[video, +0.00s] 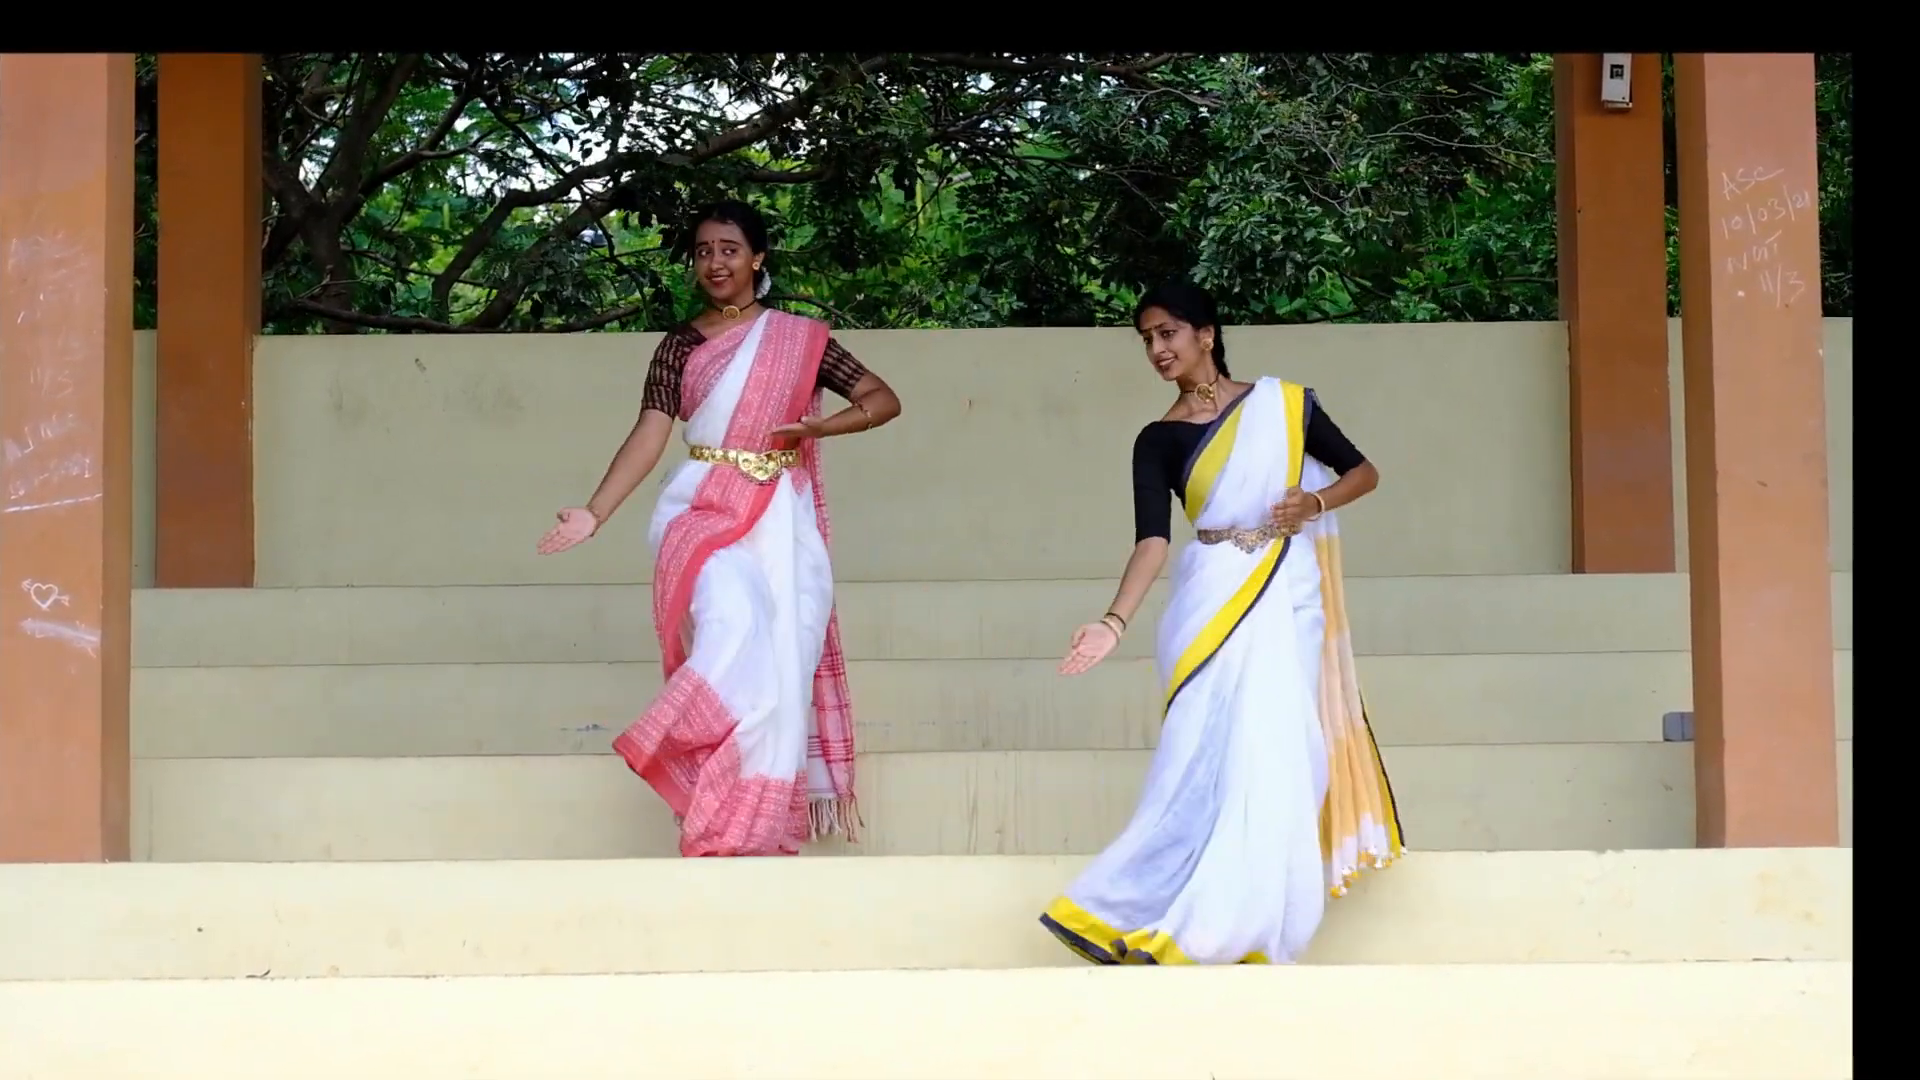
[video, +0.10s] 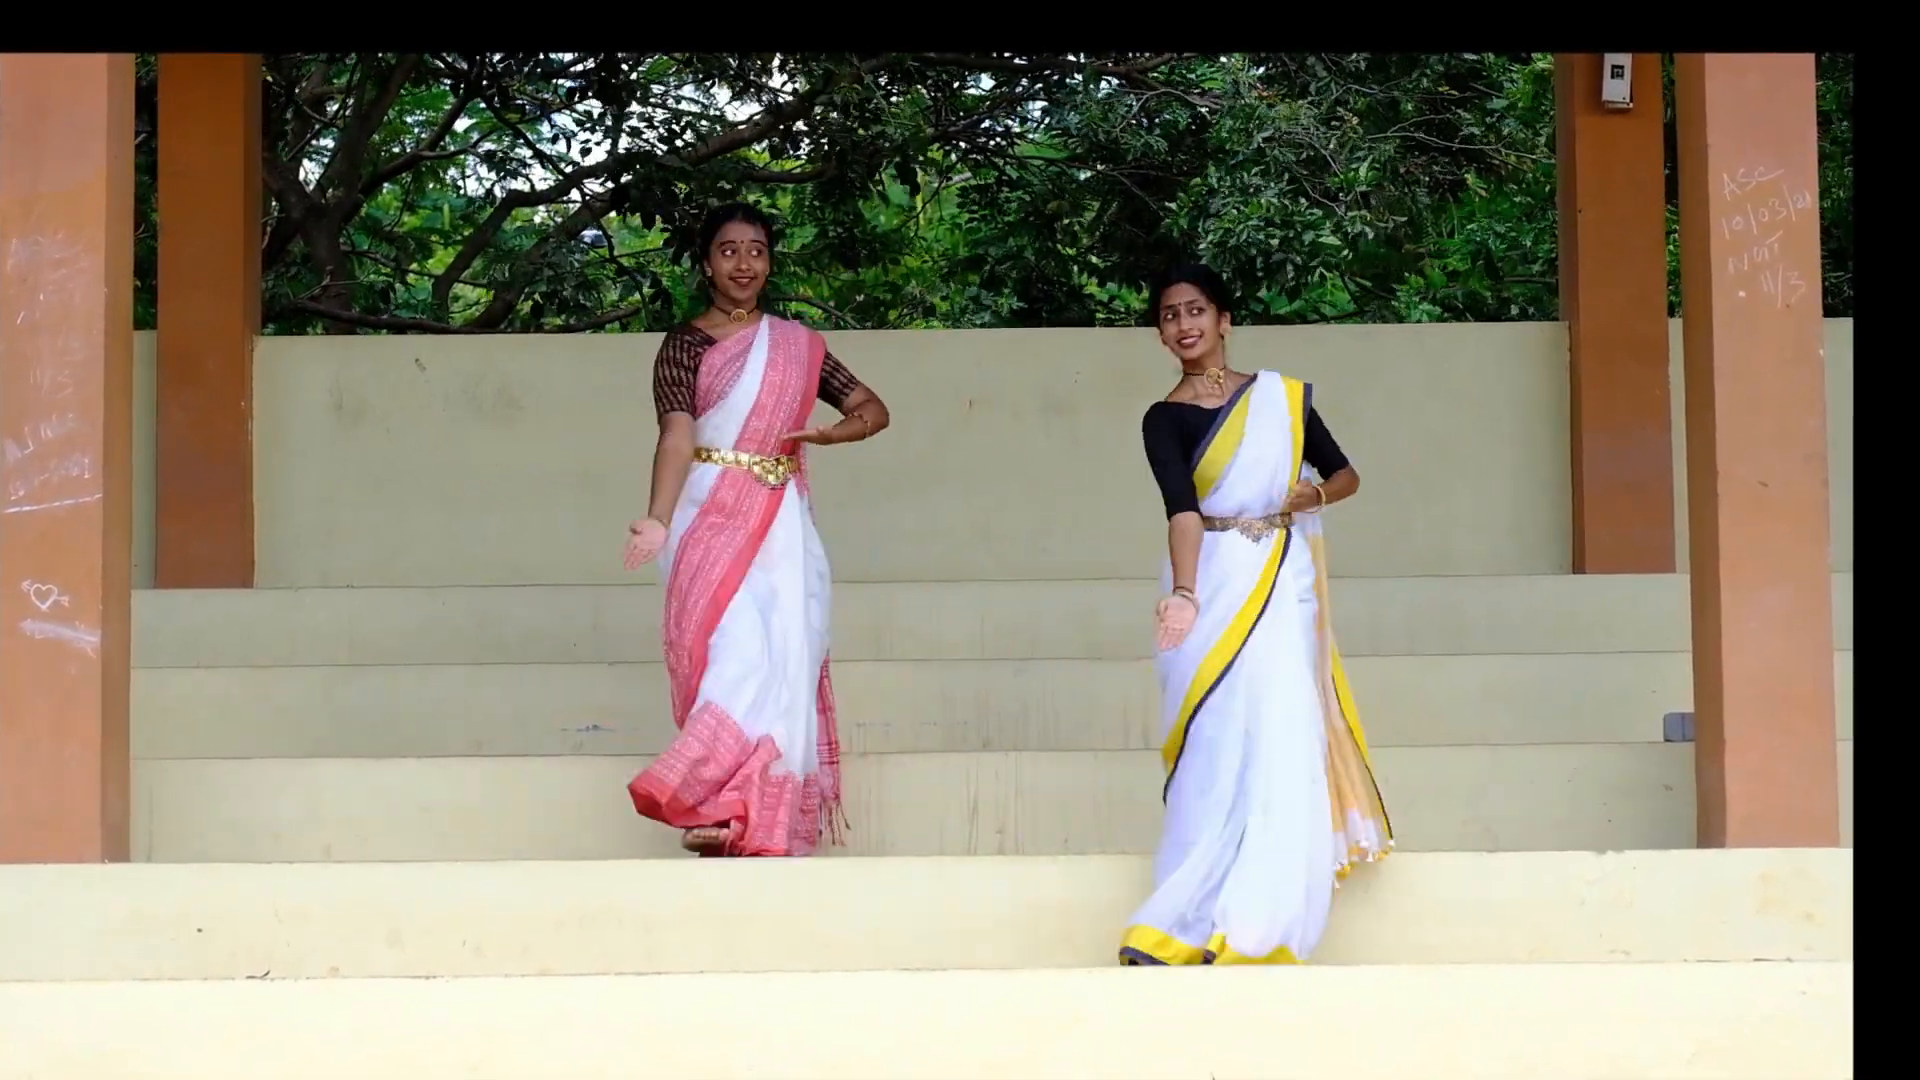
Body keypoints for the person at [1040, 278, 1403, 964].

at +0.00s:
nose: (1157, 351)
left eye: (1167, 334)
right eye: (1147, 339)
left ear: (1205, 332)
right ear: (1146, 346)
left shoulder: (1284, 402)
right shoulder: (1160, 440)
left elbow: (1364, 472)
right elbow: (1152, 542)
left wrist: (1317, 502)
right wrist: (1114, 621)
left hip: (1285, 593)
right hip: (1208, 596)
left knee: (1265, 751)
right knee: (1205, 753)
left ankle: (1249, 923)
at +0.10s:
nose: (1182, 325)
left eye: (1194, 310)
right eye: (1170, 315)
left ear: (1224, 319)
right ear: (1159, 331)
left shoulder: (1281, 395)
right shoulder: (1165, 419)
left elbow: (1346, 475)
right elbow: (1183, 509)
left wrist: (1309, 498)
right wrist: (1184, 591)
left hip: (1284, 582)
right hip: (1213, 586)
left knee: (1280, 739)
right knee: (1218, 742)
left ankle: (1261, 918)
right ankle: (1185, 914)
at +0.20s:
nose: (1214, 309)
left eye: (1223, 297)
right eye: (1198, 299)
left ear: (1239, 309)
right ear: (1175, 315)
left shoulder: (1278, 389)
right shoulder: (1176, 402)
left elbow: (1327, 479)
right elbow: (1207, 483)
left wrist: (1306, 487)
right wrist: (1238, 548)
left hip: (1276, 571)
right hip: (1210, 571)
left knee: (1282, 733)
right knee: (1219, 735)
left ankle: (1283, 910)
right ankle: (1217, 913)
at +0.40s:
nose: (1249, 297)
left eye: (1254, 286)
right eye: (1234, 286)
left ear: (1260, 299)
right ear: (1197, 301)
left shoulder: (1275, 385)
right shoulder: (1196, 383)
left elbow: (1280, 492)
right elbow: (1251, 442)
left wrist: (1302, 491)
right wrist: (1314, 469)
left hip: (1274, 567)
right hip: (1214, 562)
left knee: (1281, 727)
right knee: (1216, 731)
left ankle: (1300, 908)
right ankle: (1230, 911)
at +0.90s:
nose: (1269, 295)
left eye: (1271, 285)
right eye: (1255, 284)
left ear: (1265, 301)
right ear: (1216, 297)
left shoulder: (1263, 395)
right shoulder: (1210, 373)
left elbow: (1291, 518)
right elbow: (1302, 402)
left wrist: (1318, 474)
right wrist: (1390, 386)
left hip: (1266, 566)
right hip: (1217, 559)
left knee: (1272, 735)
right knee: (1215, 733)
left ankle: (1280, 917)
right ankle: (1223, 922)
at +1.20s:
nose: (1270, 294)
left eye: (1272, 284)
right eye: (1256, 283)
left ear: (1267, 300)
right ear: (1216, 296)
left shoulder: (1270, 399)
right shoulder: (1211, 372)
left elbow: (1299, 517)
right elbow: (1306, 393)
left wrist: (1321, 467)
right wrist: (1391, 370)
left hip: (1263, 566)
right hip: (1211, 558)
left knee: (1267, 735)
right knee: (1209, 732)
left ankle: (1275, 923)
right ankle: (1217, 925)